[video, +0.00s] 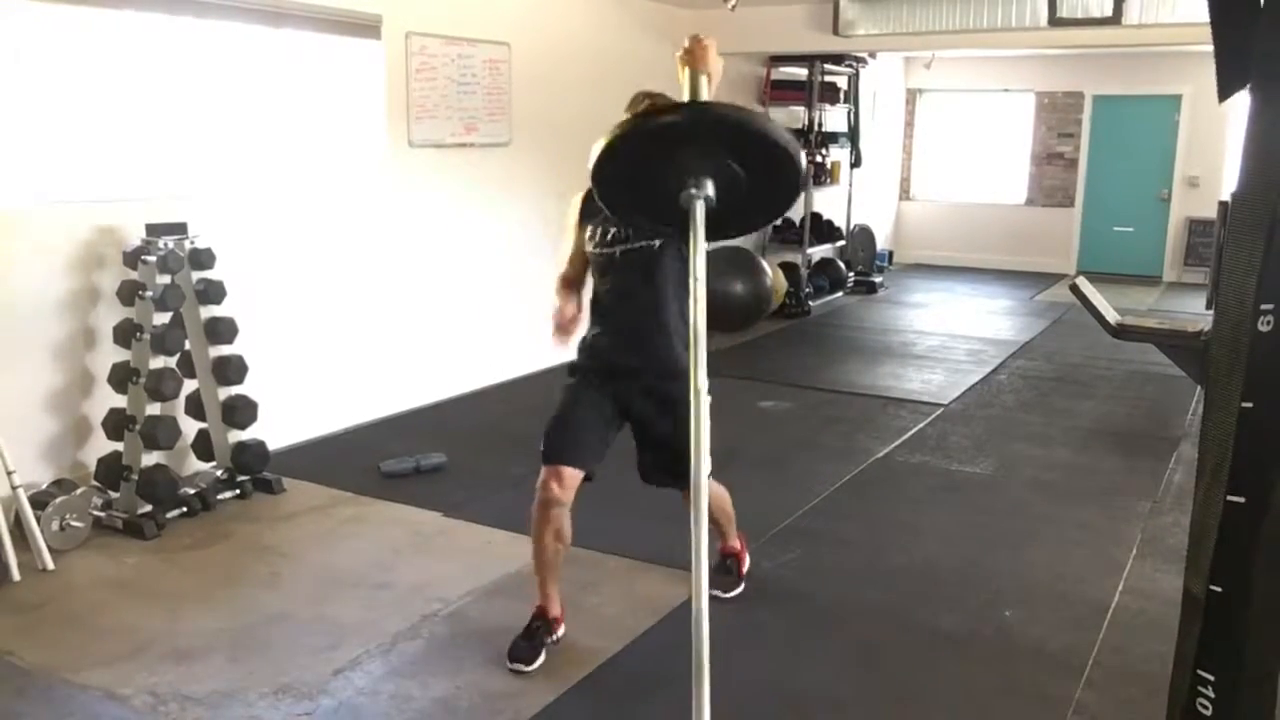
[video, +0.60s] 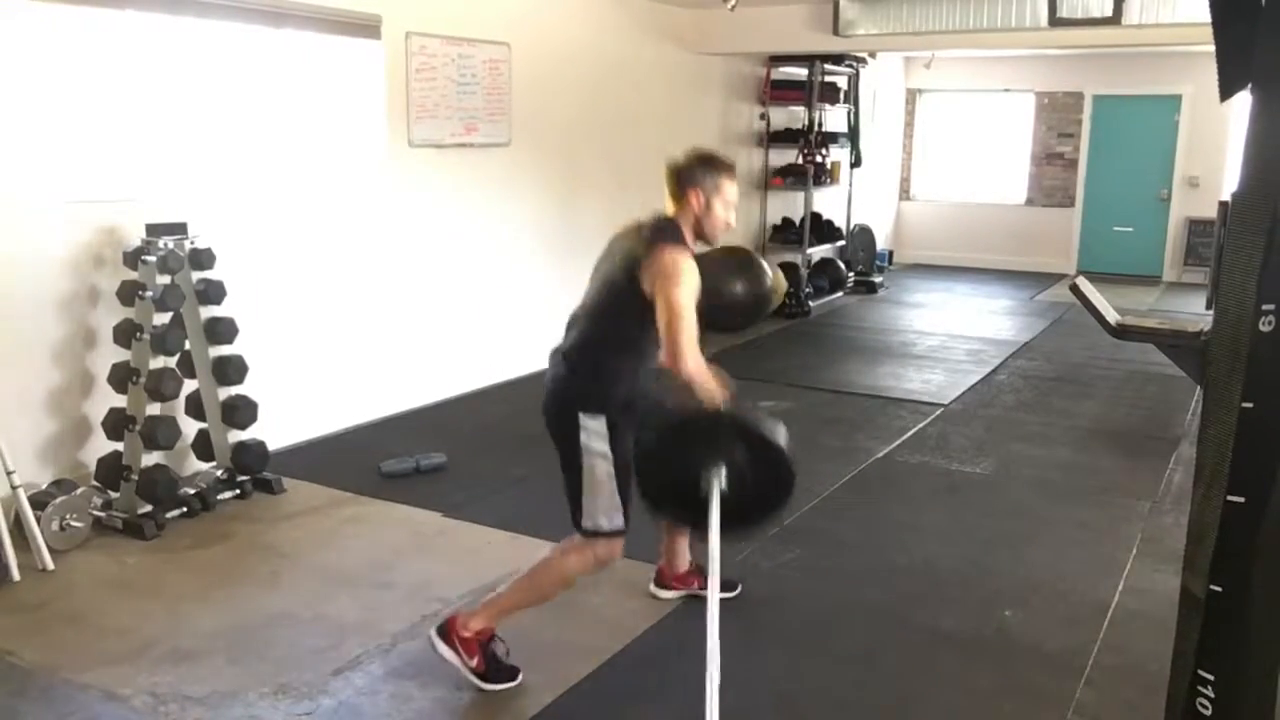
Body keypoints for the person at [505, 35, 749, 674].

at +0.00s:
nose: (641, 148)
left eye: (652, 136)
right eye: (634, 136)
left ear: (672, 142)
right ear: (620, 141)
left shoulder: (684, 196)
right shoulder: (596, 202)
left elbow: (709, 141)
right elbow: (575, 269)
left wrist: (703, 78)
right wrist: (569, 301)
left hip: (668, 368)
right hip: (602, 362)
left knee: (690, 480)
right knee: (555, 481)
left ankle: (732, 545)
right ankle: (548, 610)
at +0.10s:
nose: (648, 144)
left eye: (659, 134)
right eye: (639, 132)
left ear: (676, 137)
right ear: (620, 132)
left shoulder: (683, 188)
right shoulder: (590, 192)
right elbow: (547, 290)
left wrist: (700, 124)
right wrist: (587, 254)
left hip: (668, 362)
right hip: (597, 361)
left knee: (697, 474)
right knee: (559, 488)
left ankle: (727, 544)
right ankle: (549, 612)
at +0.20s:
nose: (654, 134)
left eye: (664, 123)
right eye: (645, 121)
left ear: (680, 126)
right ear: (621, 117)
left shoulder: (682, 179)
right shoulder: (581, 174)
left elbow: (712, 241)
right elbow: (559, 263)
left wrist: (694, 158)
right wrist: (613, 209)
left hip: (663, 347)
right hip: (593, 348)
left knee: (697, 465)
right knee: (569, 490)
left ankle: (710, 545)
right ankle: (546, 612)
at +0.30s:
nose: (683, 131)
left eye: (688, 120)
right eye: (672, 118)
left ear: (691, 123)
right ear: (635, 114)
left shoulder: (695, 180)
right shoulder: (588, 170)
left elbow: (710, 260)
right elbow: (573, 249)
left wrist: (710, 209)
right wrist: (659, 200)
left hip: (662, 342)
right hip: (592, 343)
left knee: (694, 454)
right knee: (578, 493)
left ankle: (681, 552)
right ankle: (522, 605)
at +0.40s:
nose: (706, 151)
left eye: (710, 138)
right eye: (700, 137)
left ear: (679, 133)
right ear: (664, 129)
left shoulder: (680, 196)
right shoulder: (612, 182)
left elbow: (677, 266)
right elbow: (596, 260)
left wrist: (720, 265)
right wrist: (686, 259)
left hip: (648, 346)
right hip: (591, 350)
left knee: (686, 448)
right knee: (585, 497)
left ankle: (679, 563)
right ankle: (486, 608)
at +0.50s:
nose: (723, 179)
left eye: (724, 166)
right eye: (717, 165)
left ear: (686, 161)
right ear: (683, 159)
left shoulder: (665, 211)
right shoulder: (647, 214)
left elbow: (662, 294)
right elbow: (648, 299)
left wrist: (709, 318)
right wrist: (715, 327)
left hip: (622, 363)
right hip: (586, 369)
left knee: (683, 449)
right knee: (595, 516)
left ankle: (676, 568)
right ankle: (475, 618)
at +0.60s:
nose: (732, 216)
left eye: (733, 203)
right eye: (726, 202)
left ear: (690, 199)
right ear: (695, 199)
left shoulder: (645, 236)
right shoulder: (675, 260)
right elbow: (684, 362)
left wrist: (707, 385)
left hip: (621, 388)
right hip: (588, 398)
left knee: (681, 449)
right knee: (602, 544)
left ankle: (676, 567)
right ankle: (470, 628)